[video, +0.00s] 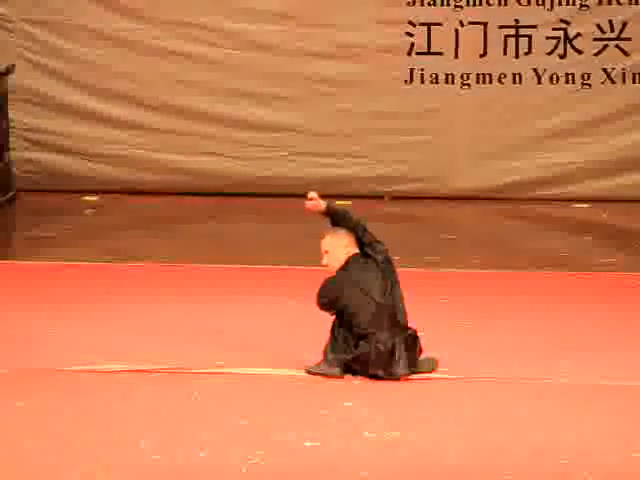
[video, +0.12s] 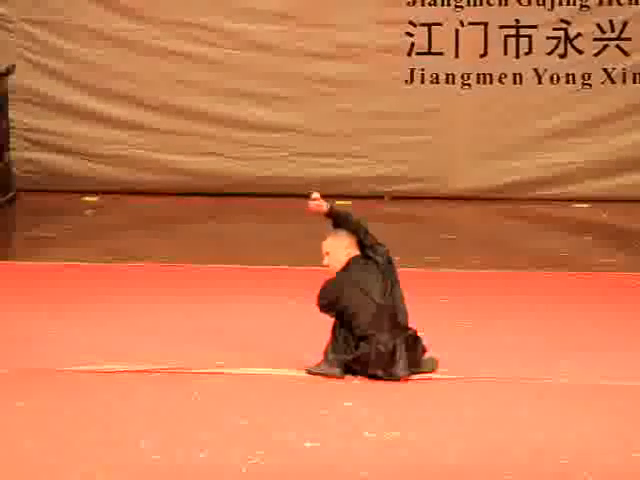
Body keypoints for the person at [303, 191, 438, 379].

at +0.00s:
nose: (323, 262)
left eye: (326, 254)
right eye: (323, 255)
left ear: (344, 250)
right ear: (351, 247)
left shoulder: (341, 282)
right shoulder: (379, 257)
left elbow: (323, 302)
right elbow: (358, 228)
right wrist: (326, 209)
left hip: (368, 361)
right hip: (402, 357)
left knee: (344, 317)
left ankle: (333, 362)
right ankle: (416, 362)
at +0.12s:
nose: (324, 263)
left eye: (327, 256)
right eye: (324, 256)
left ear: (345, 252)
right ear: (352, 250)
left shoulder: (342, 283)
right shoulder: (380, 259)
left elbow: (324, 303)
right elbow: (359, 229)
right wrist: (329, 210)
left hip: (370, 361)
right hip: (403, 356)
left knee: (345, 317)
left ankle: (333, 362)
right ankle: (420, 361)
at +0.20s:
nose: (323, 266)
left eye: (326, 258)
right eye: (323, 259)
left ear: (342, 255)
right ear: (351, 251)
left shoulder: (341, 285)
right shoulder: (378, 261)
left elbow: (321, 306)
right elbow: (356, 235)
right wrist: (326, 216)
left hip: (367, 360)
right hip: (401, 356)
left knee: (345, 316)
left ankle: (333, 361)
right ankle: (420, 361)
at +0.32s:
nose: (316, 259)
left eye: (320, 252)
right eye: (317, 252)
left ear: (335, 251)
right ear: (346, 247)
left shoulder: (336, 277)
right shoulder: (370, 257)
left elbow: (301, 298)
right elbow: (345, 235)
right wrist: (312, 226)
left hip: (373, 359)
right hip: (405, 351)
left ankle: (333, 361)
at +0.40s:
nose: (316, 244)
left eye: (317, 239)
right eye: (314, 239)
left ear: (325, 239)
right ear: (345, 234)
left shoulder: (327, 265)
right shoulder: (369, 250)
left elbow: (285, 281)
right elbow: (338, 258)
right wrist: (306, 244)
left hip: (361, 353)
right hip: (394, 349)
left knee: (335, 308)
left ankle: (330, 362)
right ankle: (406, 361)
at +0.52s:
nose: (312, 213)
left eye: (315, 207)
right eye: (311, 207)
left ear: (329, 206)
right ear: (338, 205)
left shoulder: (330, 231)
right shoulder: (361, 226)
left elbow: (282, 234)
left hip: (363, 304)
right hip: (388, 302)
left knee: (319, 304)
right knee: (356, 358)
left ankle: (328, 363)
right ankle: (413, 362)